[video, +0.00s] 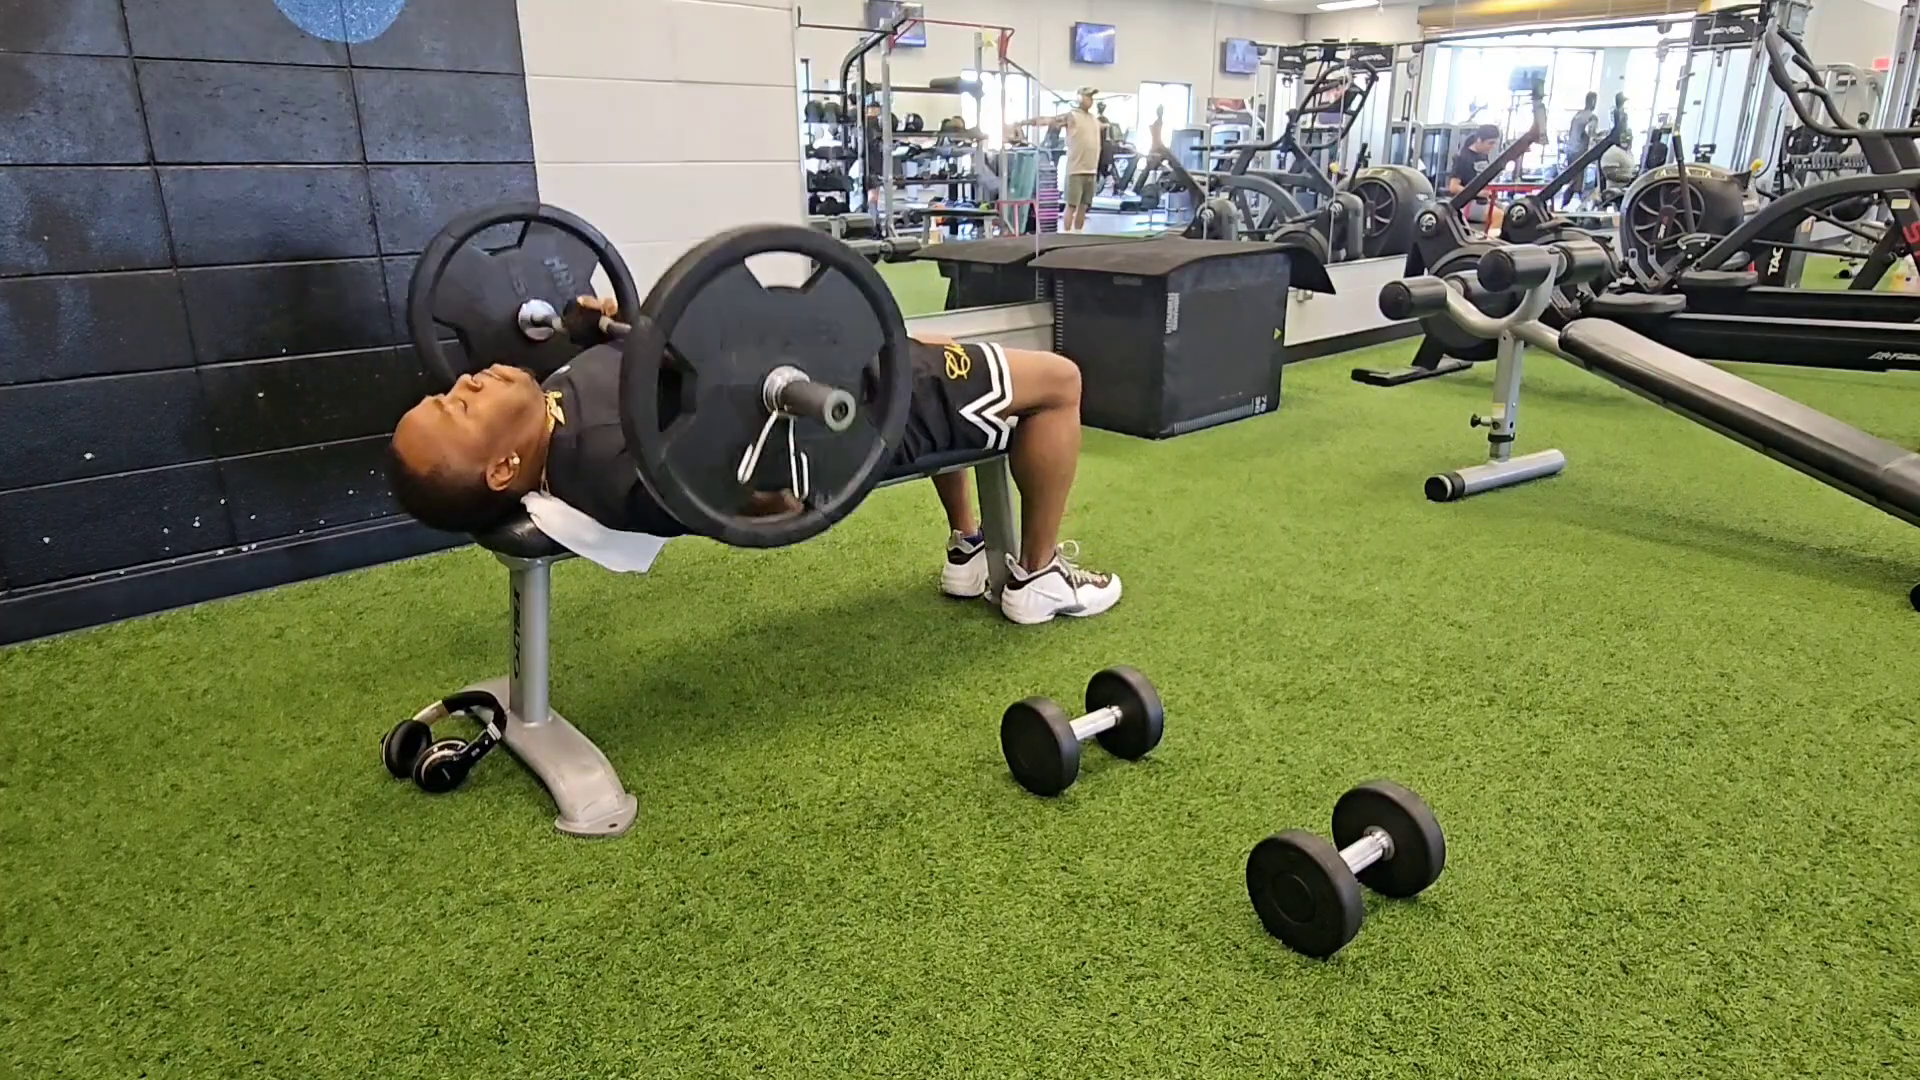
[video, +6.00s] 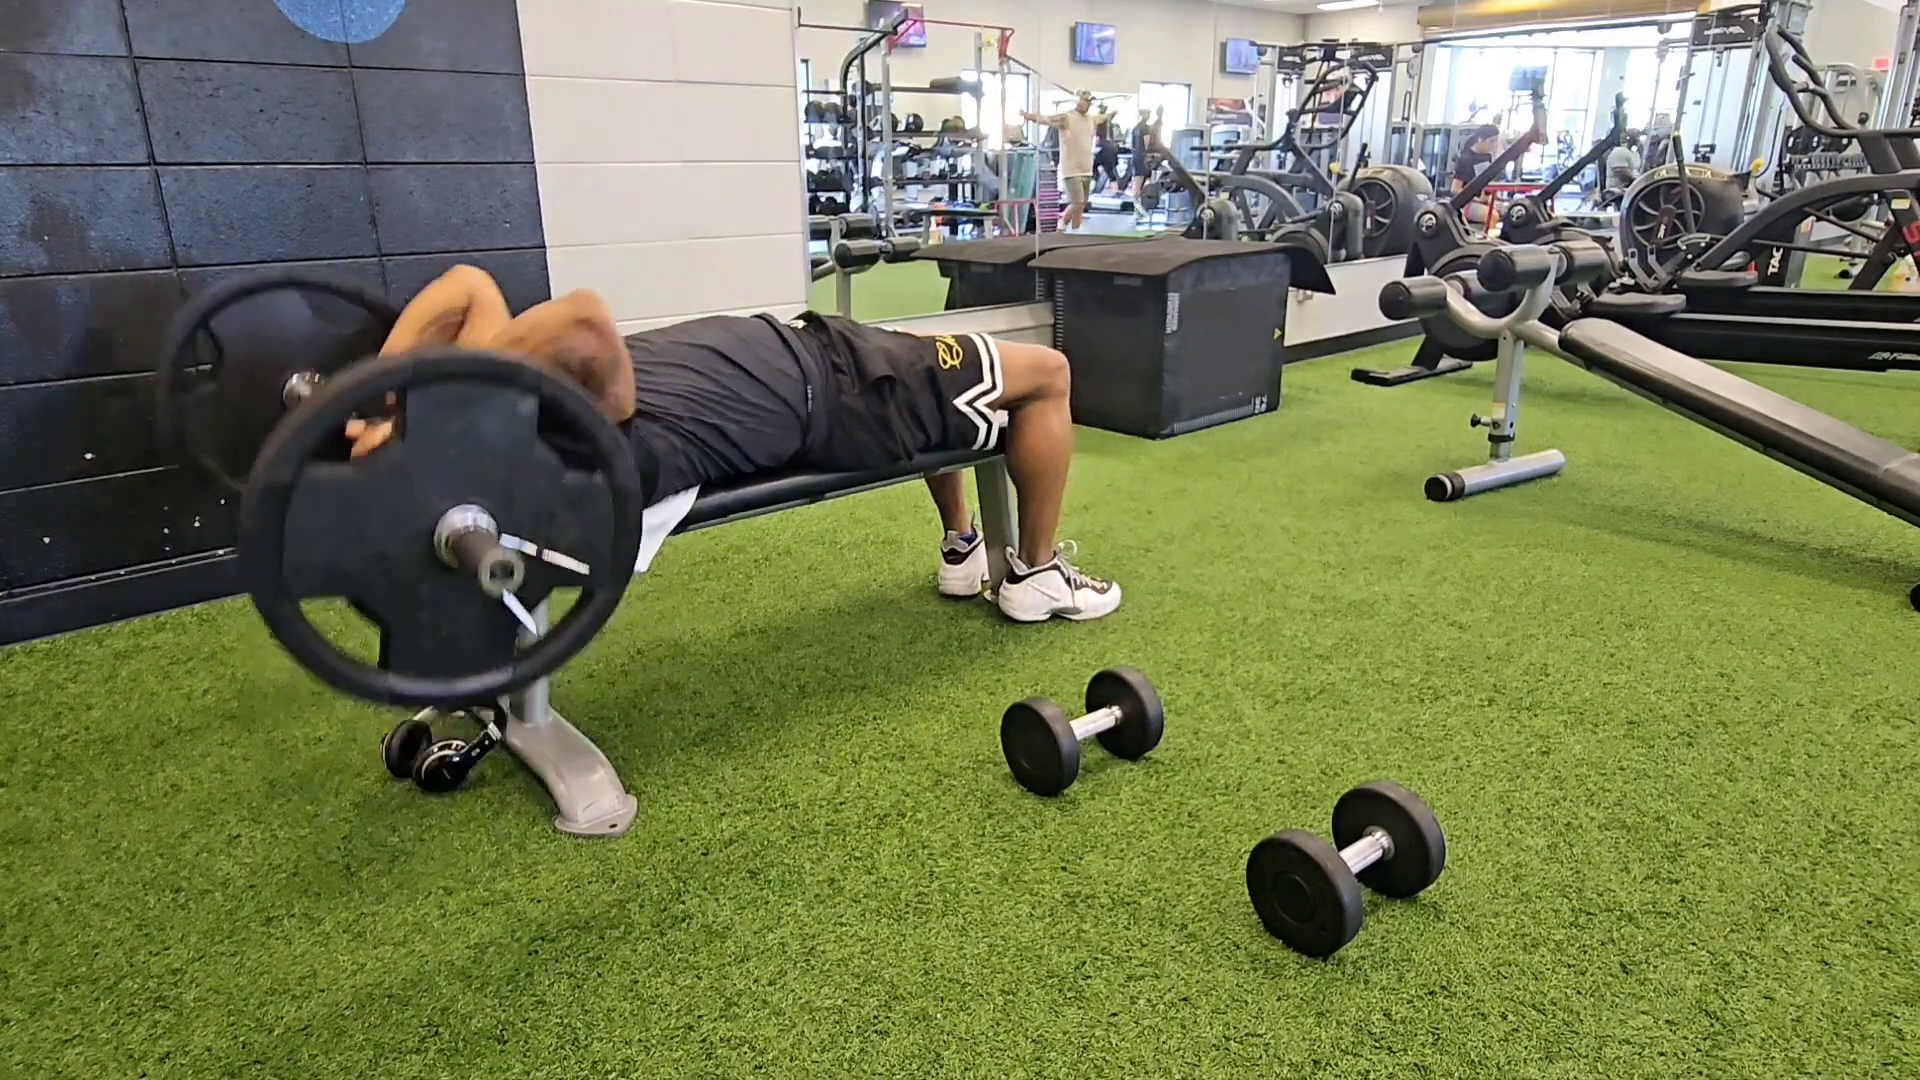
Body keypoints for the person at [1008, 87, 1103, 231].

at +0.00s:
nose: (1091, 100)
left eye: (1091, 97)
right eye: (1088, 97)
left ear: (1090, 100)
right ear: (1080, 98)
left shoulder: (1094, 120)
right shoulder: (1071, 116)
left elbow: (1102, 125)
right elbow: (1048, 121)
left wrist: (1108, 125)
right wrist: (1022, 123)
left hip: (1091, 169)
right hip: (1075, 168)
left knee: (1084, 206)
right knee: (1072, 205)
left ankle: (1078, 235)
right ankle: (1067, 235)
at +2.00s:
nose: (1086, 101)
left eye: (1087, 98)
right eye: (1083, 98)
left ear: (1086, 101)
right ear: (1075, 99)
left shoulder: (1088, 120)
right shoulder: (1066, 117)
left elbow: (1097, 128)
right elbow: (1044, 125)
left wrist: (1107, 127)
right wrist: (1021, 129)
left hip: (1087, 169)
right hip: (1071, 169)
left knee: (1082, 206)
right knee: (1070, 205)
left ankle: (1078, 234)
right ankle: (1053, 226)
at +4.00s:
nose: (1042, 105)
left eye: (1043, 102)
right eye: (1039, 101)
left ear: (1045, 104)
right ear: (1032, 103)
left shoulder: (1049, 123)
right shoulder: (1026, 122)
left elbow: (1064, 132)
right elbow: (1023, 133)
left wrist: (1074, 132)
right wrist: (1028, 137)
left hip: (1045, 166)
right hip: (1029, 166)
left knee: (1038, 201)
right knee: (1034, 200)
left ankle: (1028, 229)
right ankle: (1038, 229)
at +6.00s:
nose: (1088, 105)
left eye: (1089, 102)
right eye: (1086, 101)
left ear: (1089, 104)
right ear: (1078, 101)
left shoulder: (1090, 119)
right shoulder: (1067, 117)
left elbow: (1101, 119)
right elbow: (1047, 120)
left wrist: (1110, 114)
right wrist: (1029, 116)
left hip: (1086, 167)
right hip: (1070, 167)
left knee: (1082, 203)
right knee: (1078, 201)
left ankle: (1075, 232)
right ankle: (1061, 224)